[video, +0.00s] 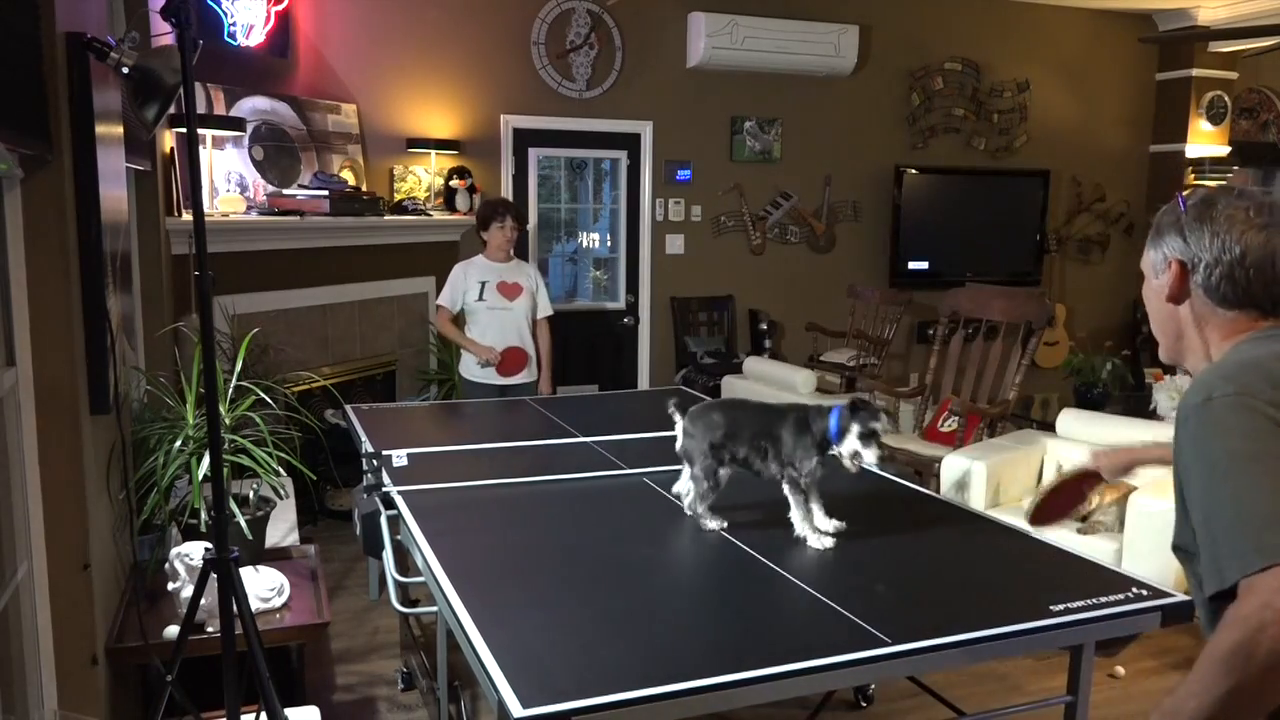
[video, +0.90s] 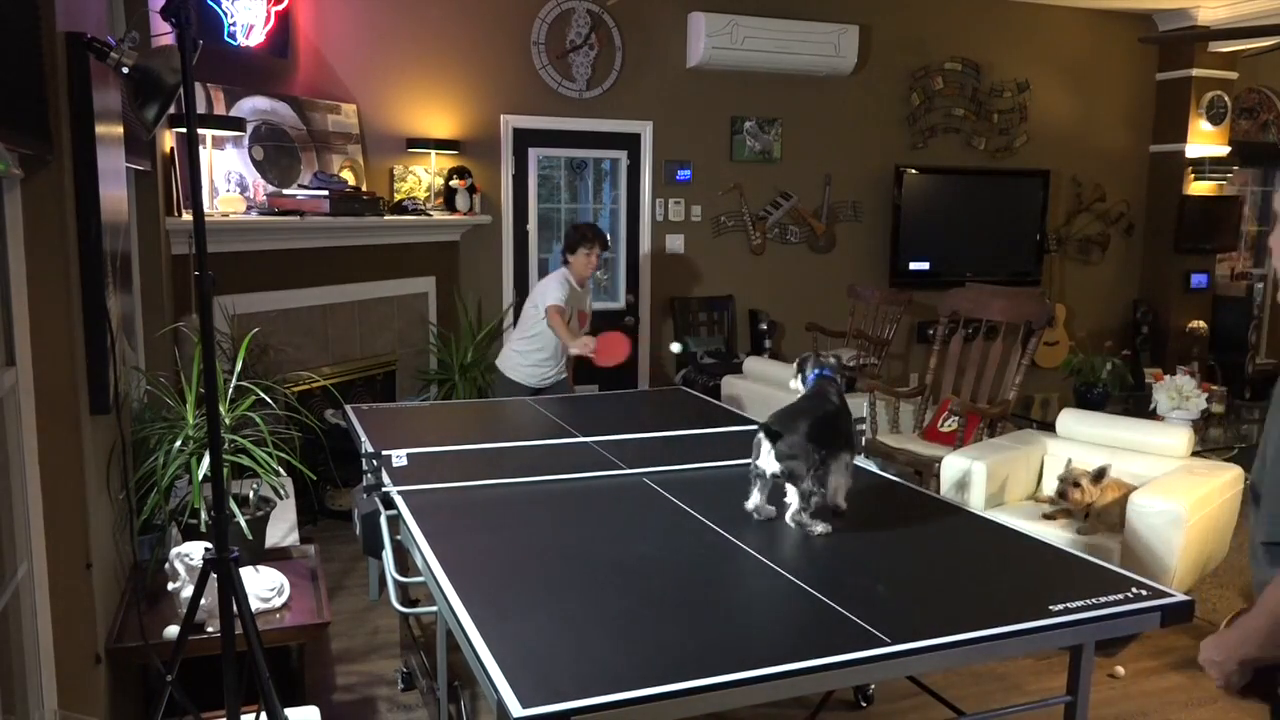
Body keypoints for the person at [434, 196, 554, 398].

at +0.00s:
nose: (509, 234)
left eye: (514, 228)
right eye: (501, 228)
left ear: (519, 232)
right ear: (484, 233)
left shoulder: (530, 272)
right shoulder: (464, 271)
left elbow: (541, 326)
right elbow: (441, 320)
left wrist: (545, 374)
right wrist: (476, 348)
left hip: (522, 381)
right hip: (478, 381)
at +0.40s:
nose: (515, 236)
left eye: (519, 230)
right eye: (508, 229)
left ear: (523, 232)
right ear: (488, 232)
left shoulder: (531, 273)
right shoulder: (468, 270)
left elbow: (539, 323)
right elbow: (449, 322)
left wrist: (539, 366)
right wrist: (487, 353)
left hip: (518, 381)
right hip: (476, 382)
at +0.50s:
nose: (525, 244)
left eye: (527, 236)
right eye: (517, 237)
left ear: (530, 237)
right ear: (497, 239)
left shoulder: (535, 279)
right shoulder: (479, 275)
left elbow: (540, 330)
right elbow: (471, 329)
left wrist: (545, 373)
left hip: (523, 380)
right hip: (480, 381)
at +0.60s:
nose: (537, 251)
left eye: (539, 243)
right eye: (529, 244)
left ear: (541, 244)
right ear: (509, 248)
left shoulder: (539, 282)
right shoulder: (497, 283)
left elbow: (543, 334)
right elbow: (517, 340)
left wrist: (550, 375)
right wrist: (564, 353)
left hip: (527, 381)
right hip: (485, 384)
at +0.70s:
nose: (555, 255)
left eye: (557, 248)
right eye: (548, 248)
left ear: (560, 249)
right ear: (528, 251)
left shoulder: (548, 285)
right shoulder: (520, 286)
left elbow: (548, 335)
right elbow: (549, 338)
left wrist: (555, 372)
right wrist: (600, 350)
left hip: (536, 383)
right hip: (497, 386)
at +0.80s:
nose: (578, 259)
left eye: (580, 252)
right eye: (570, 252)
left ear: (584, 252)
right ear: (550, 253)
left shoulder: (566, 283)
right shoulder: (541, 284)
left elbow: (559, 337)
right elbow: (560, 328)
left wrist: (561, 376)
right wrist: (603, 351)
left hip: (546, 378)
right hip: (510, 380)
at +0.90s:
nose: (594, 262)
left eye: (598, 256)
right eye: (588, 255)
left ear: (601, 257)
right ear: (570, 256)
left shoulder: (584, 287)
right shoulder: (556, 283)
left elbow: (579, 332)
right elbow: (554, 315)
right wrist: (571, 342)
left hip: (554, 377)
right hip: (517, 377)